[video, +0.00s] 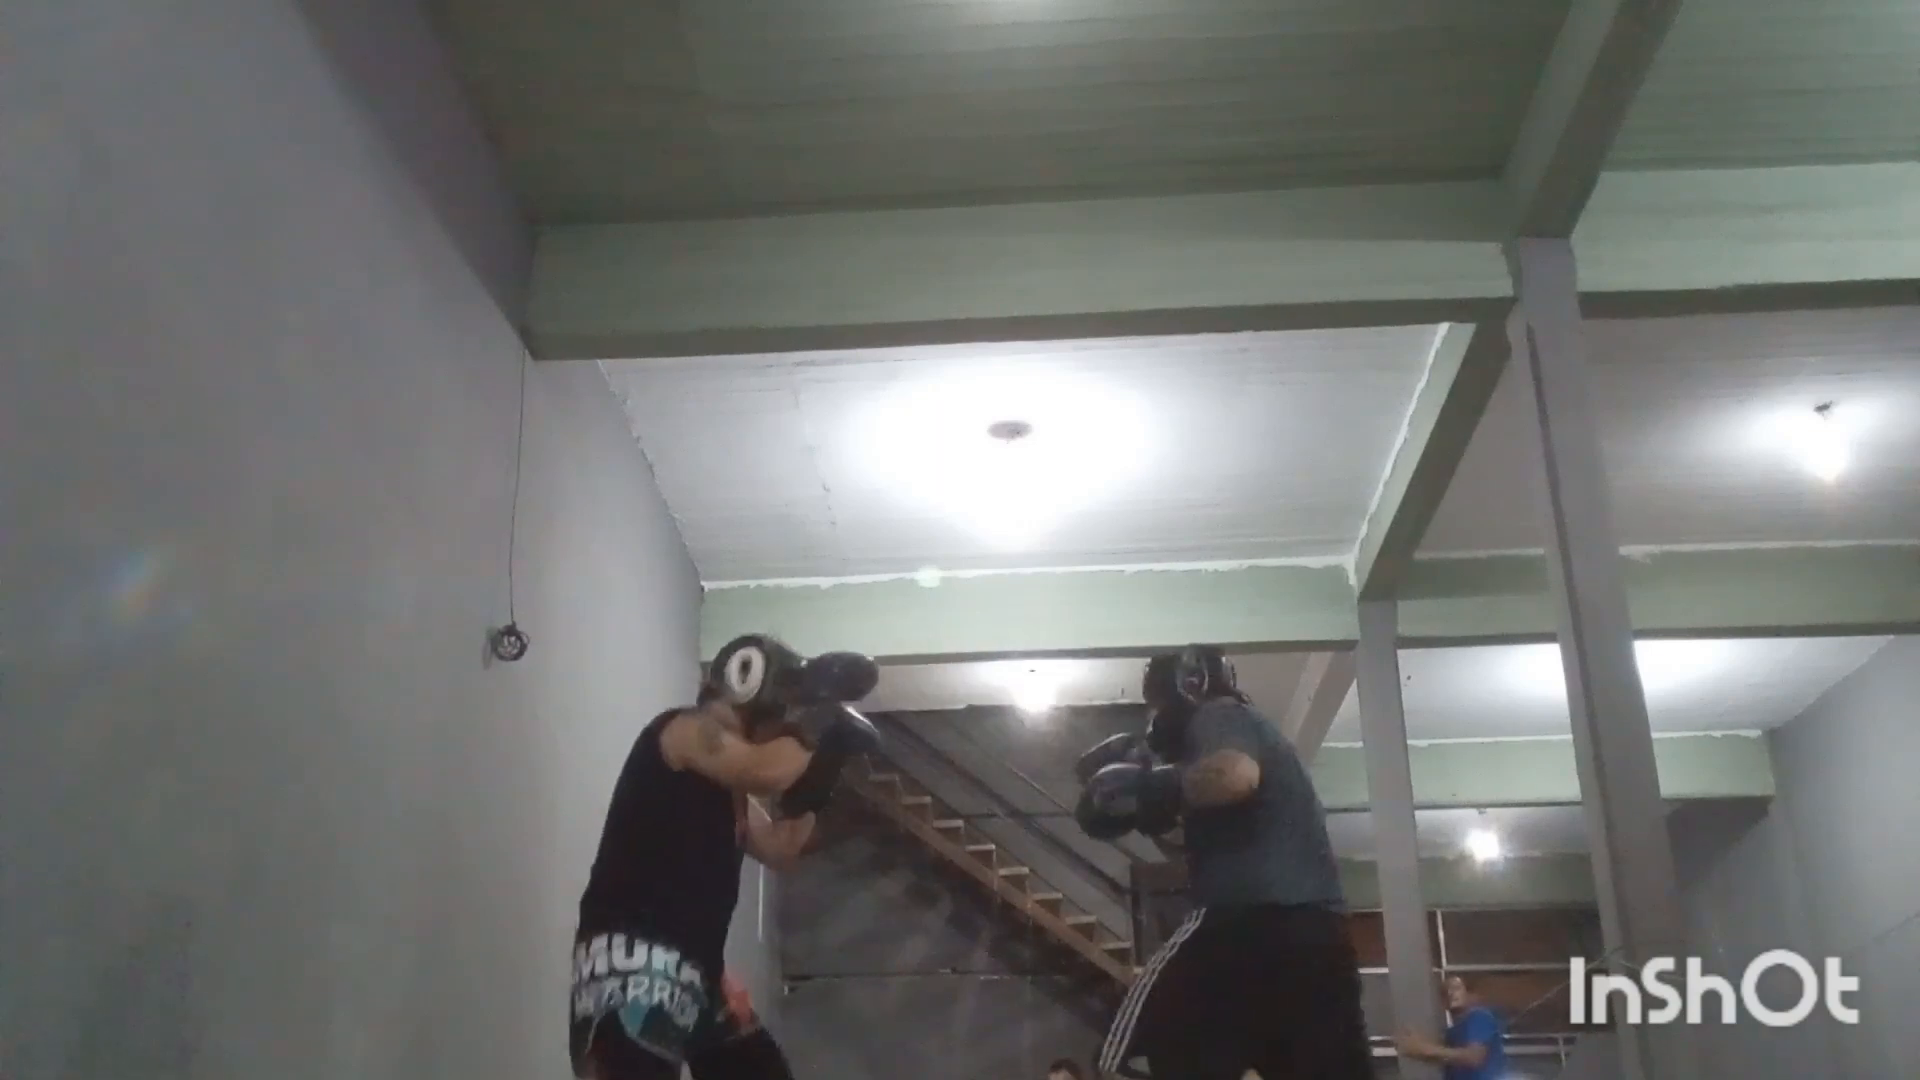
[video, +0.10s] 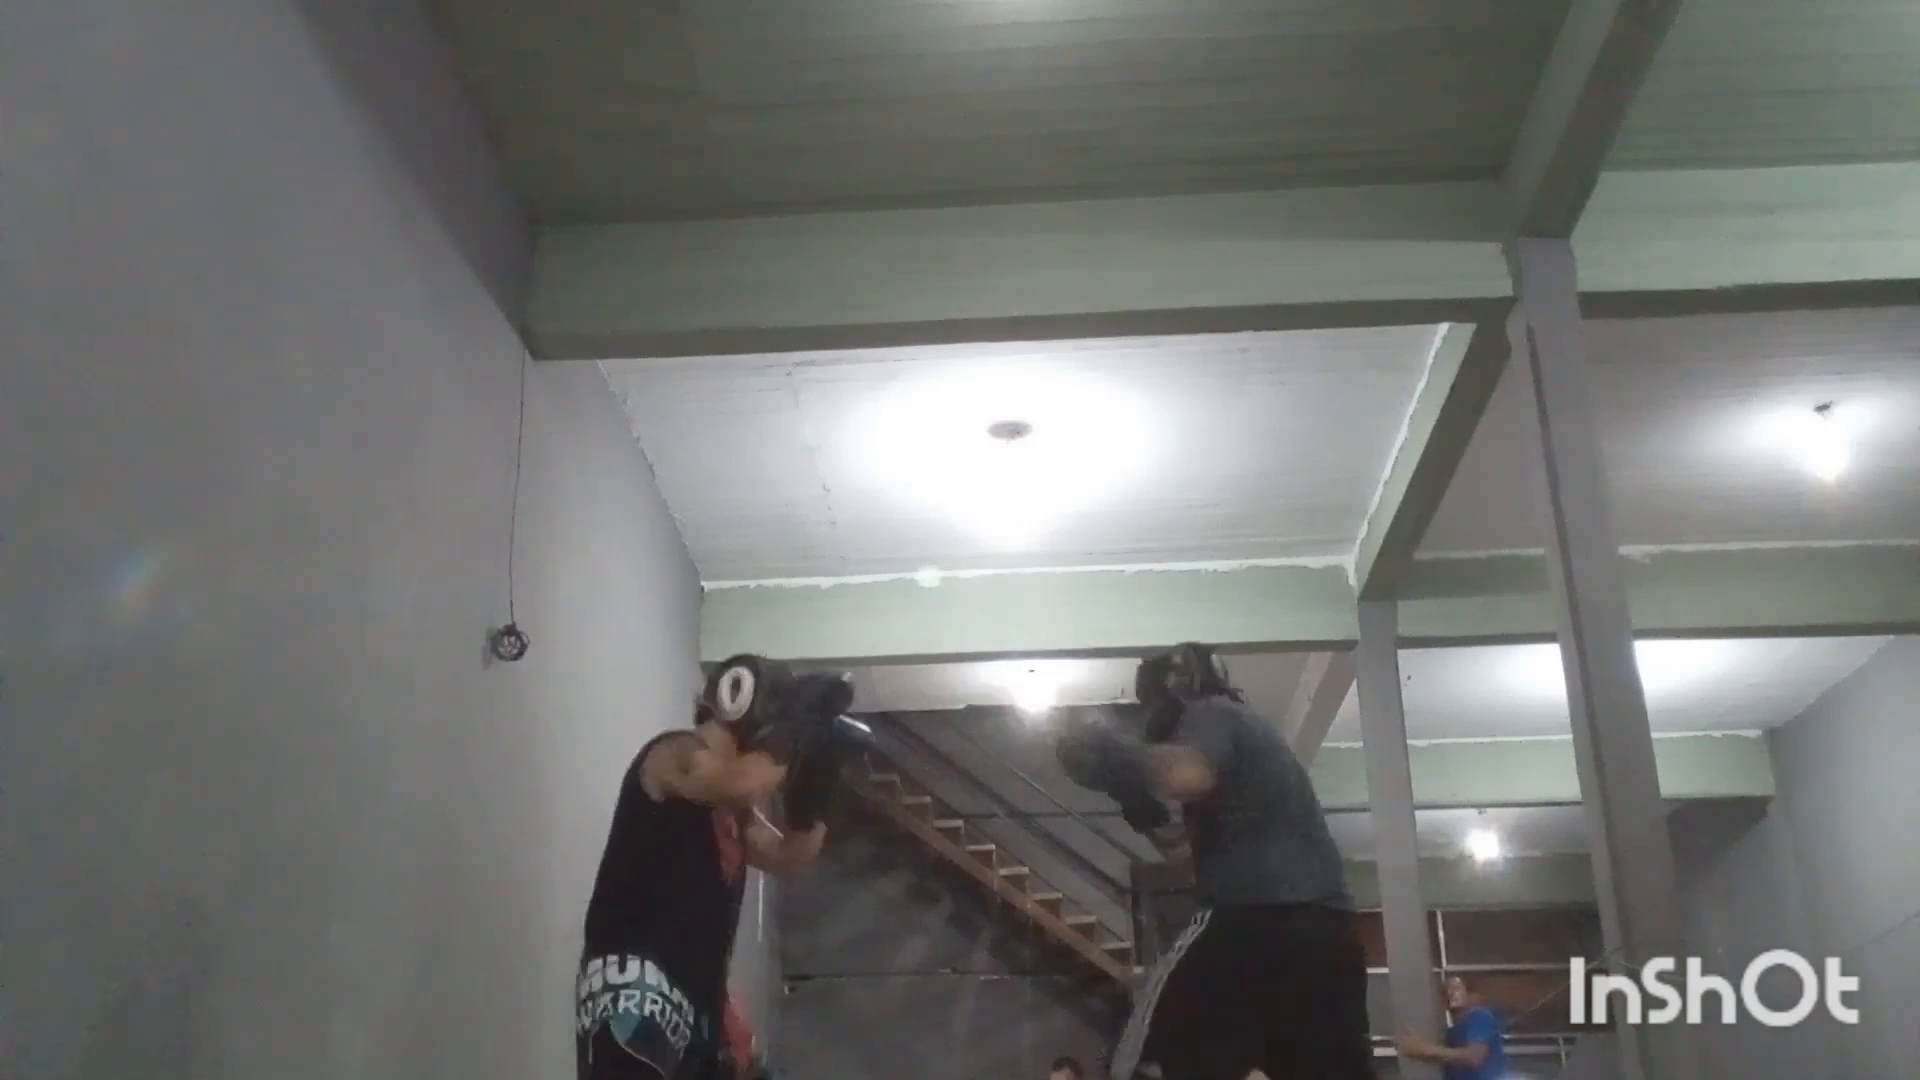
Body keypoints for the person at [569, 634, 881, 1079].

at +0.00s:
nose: (788, 725)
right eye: (785, 705)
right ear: (750, 682)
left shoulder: (724, 782)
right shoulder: (687, 730)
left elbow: (780, 848)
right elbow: (768, 770)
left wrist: (826, 766)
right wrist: (815, 726)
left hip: (695, 968)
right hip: (638, 958)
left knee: (759, 1071)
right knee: (638, 1068)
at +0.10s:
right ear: (740, 703)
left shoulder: (733, 802)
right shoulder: (673, 752)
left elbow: (793, 856)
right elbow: (739, 783)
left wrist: (814, 773)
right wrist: (797, 729)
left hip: (697, 989)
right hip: (635, 974)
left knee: (733, 1066)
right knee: (637, 1065)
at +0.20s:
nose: (785, 725)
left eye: (790, 716)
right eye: (782, 712)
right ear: (742, 703)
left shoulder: (750, 809)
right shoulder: (664, 764)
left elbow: (806, 872)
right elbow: (708, 808)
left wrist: (835, 789)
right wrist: (768, 748)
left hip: (709, 998)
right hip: (644, 978)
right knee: (634, 1065)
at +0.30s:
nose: (783, 736)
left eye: (791, 722)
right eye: (778, 716)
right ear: (742, 711)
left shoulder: (758, 805)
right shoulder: (664, 766)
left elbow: (798, 880)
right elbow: (703, 814)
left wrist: (844, 818)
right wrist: (758, 747)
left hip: (720, 997)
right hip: (645, 980)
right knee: (636, 1067)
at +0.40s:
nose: (776, 736)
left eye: (783, 725)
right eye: (767, 716)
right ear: (729, 705)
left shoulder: (753, 803)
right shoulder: (660, 767)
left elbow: (790, 881)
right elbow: (698, 810)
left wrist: (831, 821)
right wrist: (750, 747)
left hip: (722, 996)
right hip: (649, 982)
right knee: (626, 1067)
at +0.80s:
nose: (713, 766)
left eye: (721, 755)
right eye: (705, 750)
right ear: (668, 744)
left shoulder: (713, 818)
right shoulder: (606, 814)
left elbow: (768, 880)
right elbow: (640, 861)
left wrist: (786, 814)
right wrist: (685, 785)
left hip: (707, 1022)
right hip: (622, 1027)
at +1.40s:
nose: (657, 804)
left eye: (665, 795)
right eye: (649, 790)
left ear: (669, 800)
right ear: (612, 782)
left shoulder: (659, 856)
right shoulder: (559, 848)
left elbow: (668, 931)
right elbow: (577, 895)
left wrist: (715, 905)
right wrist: (627, 826)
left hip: (646, 1049)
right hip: (572, 1044)